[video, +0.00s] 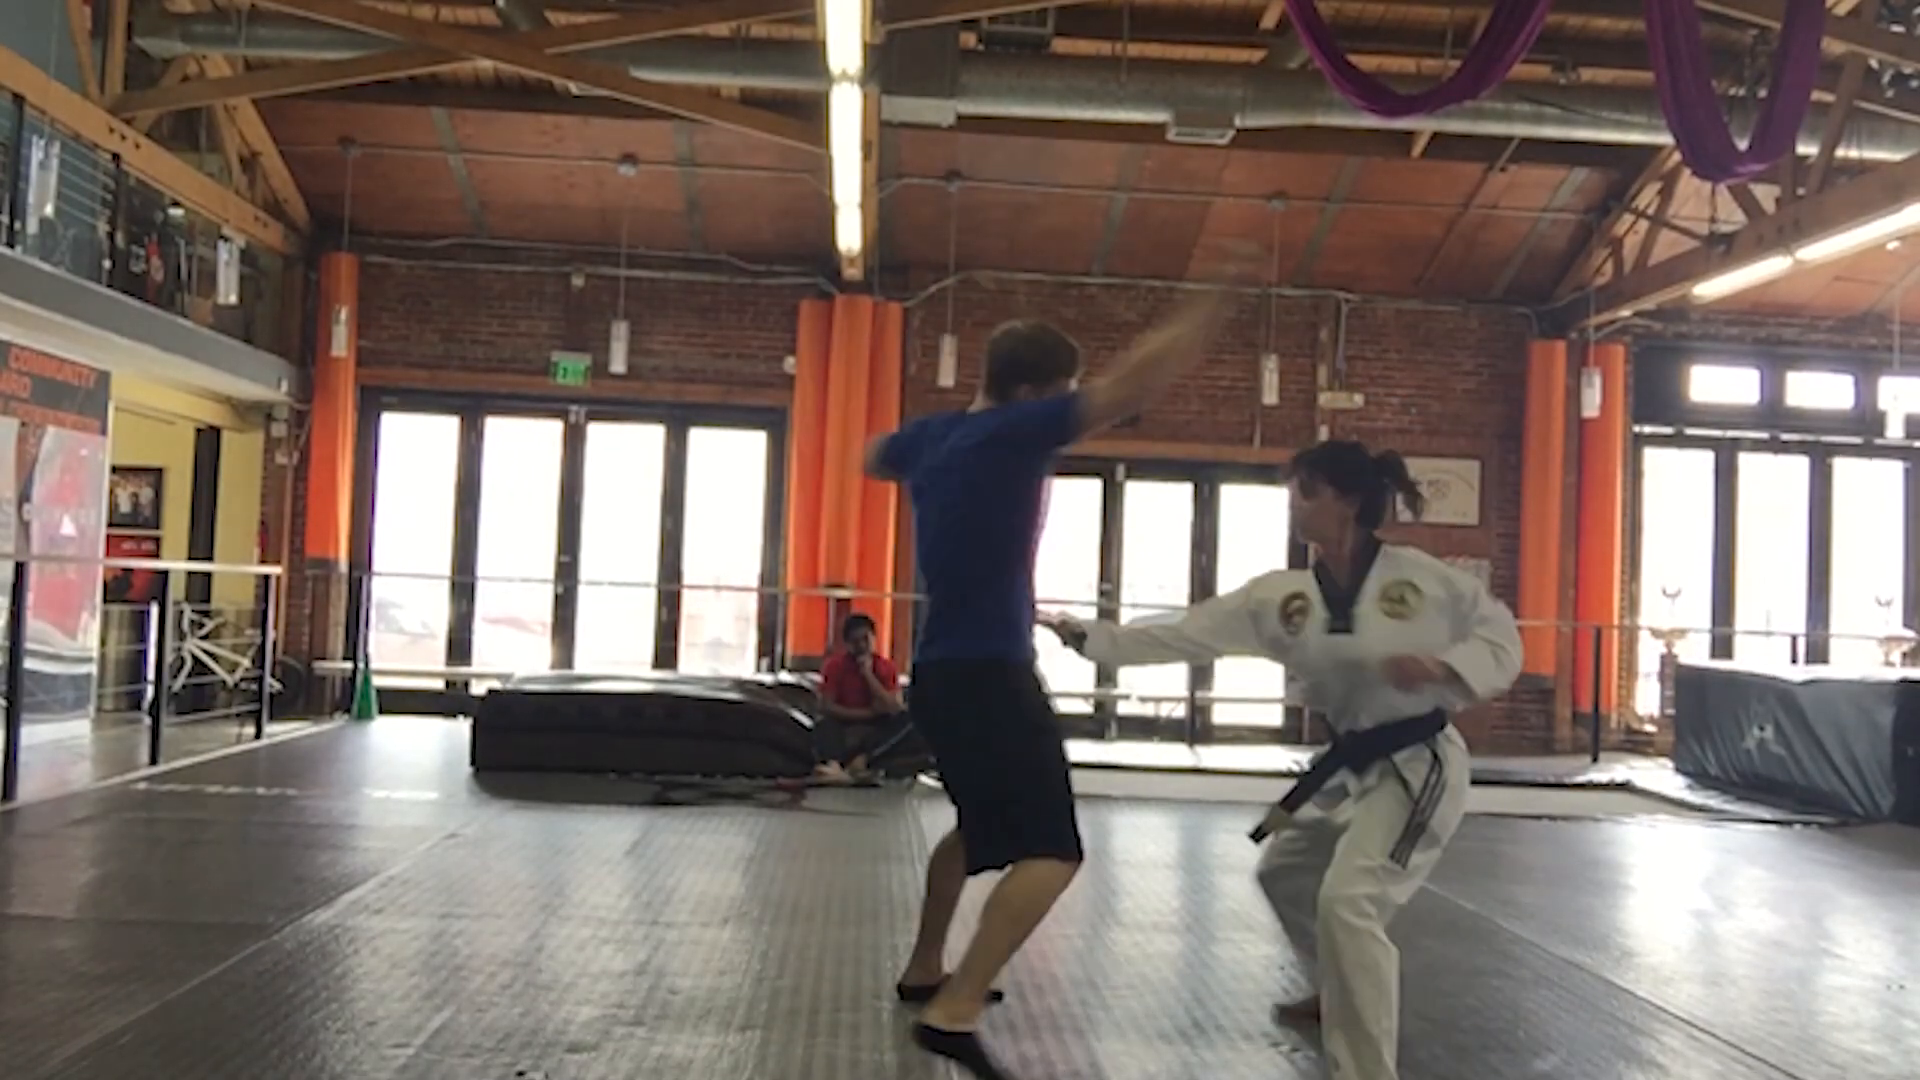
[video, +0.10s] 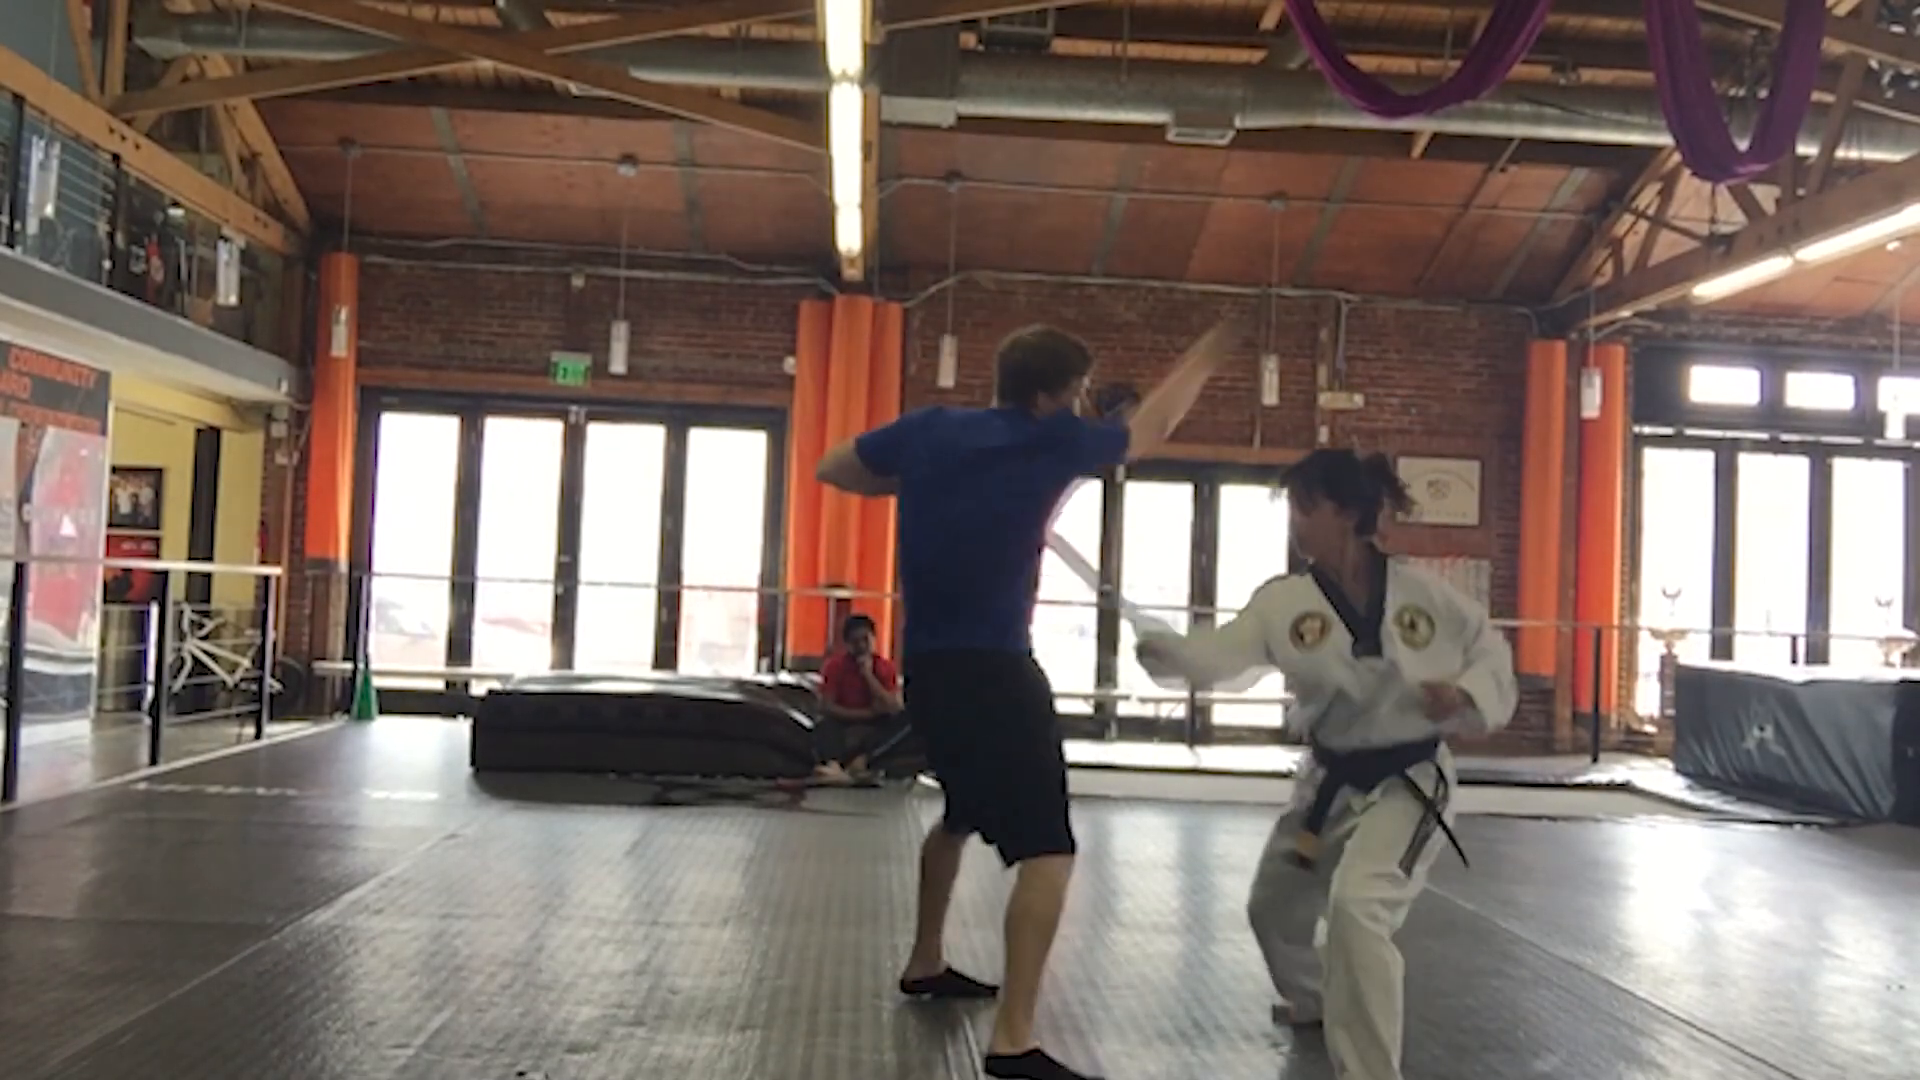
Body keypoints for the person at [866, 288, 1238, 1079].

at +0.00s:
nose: (1070, 397)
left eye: (1068, 386)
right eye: (1065, 386)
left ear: (991, 378)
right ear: (1039, 386)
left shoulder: (931, 437)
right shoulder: (1022, 430)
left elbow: (874, 457)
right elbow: (1128, 382)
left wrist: (941, 430)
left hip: (939, 675)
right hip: (994, 675)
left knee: (978, 827)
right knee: (1055, 852)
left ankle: (925, 968)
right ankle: (956, 1008)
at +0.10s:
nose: (1082, 404)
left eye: (1083, 393)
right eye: (1079, 393)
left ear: (1002, 383)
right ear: (1058, 394)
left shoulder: (931, 429)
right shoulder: (1054, 441)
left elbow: (835, 468)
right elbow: (1146, 430)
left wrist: (911, 481)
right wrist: (1203, 358)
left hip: (927, 665)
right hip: (997, 669)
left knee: (957, 814)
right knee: (1048, 849)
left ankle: (925, 963)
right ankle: (1013, 1043)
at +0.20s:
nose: (1085, 431)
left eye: (1088, 419)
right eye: (1084, 418)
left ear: (1013, 409)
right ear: (1060, 417)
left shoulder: (944, 441)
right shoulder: (1063, 478)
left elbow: (845, 491)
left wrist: (914, 509)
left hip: (923, 674)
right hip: (999, 682)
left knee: (938, 820)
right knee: (1055, 863)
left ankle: (908, 974)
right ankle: (1017, 1051)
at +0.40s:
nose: (1065, 525)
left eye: (1073, 514)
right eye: (1071, 510)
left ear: (1017, 467)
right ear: (1048, 482)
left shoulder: (937, 482)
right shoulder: (1048, 543)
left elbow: (880, 580)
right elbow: (1010, 621)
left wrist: (949, 617)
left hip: (922, 709)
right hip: (1003, 715)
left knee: (944, 823)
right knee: (1080, 879)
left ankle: (909, 974)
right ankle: (1058, 1026)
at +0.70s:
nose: (1060, 492)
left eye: (1063, 484)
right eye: (1064, 483)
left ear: (1016, 441)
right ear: (1052, 470)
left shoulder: (931, 470)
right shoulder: (1038, 514)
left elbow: (856, 529)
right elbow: (1115, 572)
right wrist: (1065, 558)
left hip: (904, 692)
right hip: (988, 695)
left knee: (931, 825)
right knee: (1065, 853)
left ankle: (909, 972)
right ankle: (1097, 991)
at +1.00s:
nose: (1066, 474)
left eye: (1068, 462)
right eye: (1067, 462)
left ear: (1000, 448)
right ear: (1048, 459)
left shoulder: (938, 502)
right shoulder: (1059, 537)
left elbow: (865, 596)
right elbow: (1049, 621)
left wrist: (921, 633)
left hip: (927, 712)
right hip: (1012, 726)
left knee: (914, 828)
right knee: (1055, 886)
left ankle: (899, 969)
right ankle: (1070, 1017)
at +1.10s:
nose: (1067, 504)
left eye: (1070, 492)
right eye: (1066, 490)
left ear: (1003, 472)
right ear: (1041, 477)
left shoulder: (933, 511)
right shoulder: (1054, 544)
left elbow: (920, 584)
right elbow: (1035, 618)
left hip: (928, 724)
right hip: (1015, 734)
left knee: (921, 823)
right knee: (1066, 891)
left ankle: (900, 968)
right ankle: (1092, 1028)